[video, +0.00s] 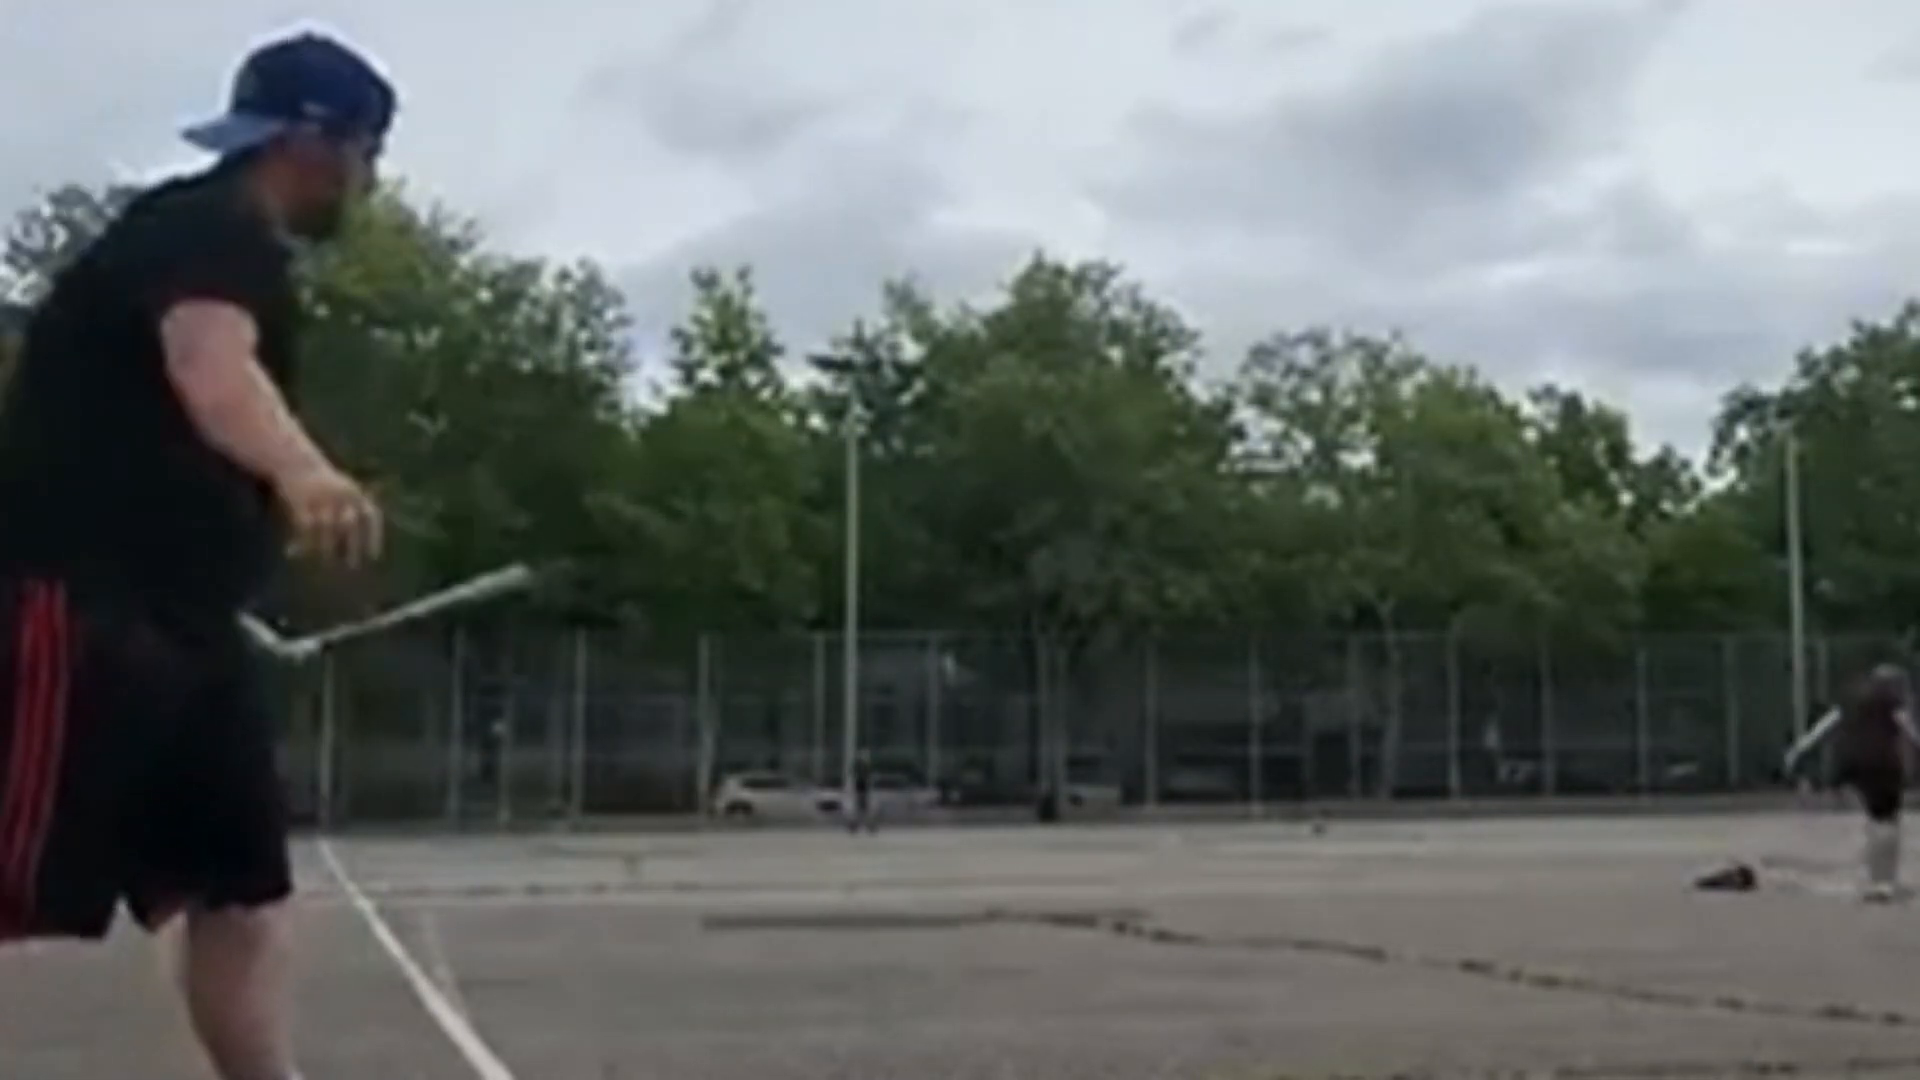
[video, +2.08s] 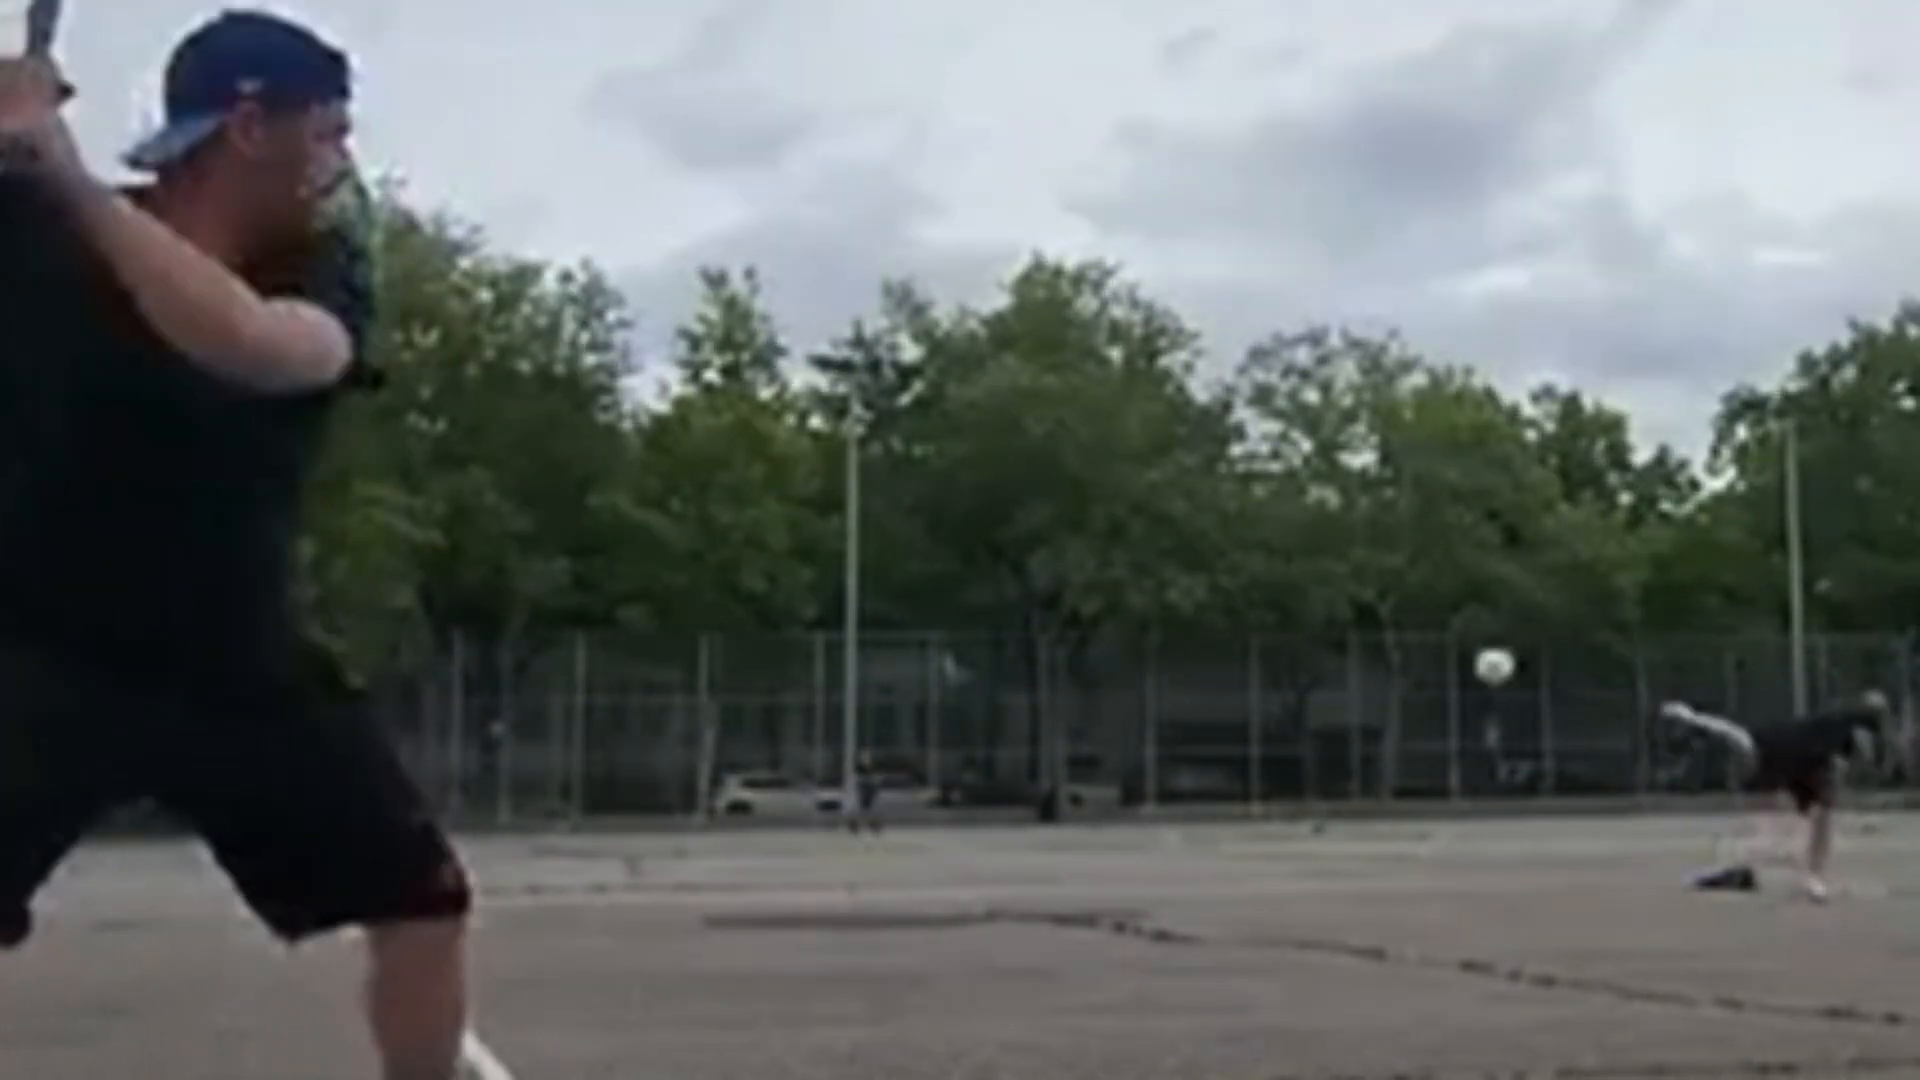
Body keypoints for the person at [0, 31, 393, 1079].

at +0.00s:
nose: (364, 181)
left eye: (367, 157)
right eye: (358, 153)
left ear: (270, 140)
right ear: (302, 142)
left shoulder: (197, 234)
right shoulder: (208, 227)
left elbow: (143, 439)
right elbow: (212, 370)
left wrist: (226, 588)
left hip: (174, 606)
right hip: (83, 596)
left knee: (234, 904)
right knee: (37, 902)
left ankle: (265, 1069)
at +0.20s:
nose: (398, 154)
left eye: (402, 133)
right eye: (384, 128)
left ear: (336, 122)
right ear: (308, 114)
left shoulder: (319, 275)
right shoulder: (197, 203)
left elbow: (314, 455)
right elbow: (89, 320)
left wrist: (373, 602)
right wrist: (135, 392)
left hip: (257, 597)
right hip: (115, 578)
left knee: (254, 901)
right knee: (58, 869)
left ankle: (267, 1067)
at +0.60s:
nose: (290, 98)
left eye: (297, 74)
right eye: (265, 73)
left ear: (300, 79)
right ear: (181, 73)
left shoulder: (282, 241)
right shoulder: (85, 197)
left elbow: (303, 413)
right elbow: (10, 361)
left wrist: (450, 471)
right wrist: (115, 522)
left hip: (258, 617)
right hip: (94, 614)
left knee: (262, 904)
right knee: (50, 918)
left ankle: (270, 1067)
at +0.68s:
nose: (300, 37)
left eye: (300, 19)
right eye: (286, 10)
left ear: (218, 24)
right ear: (216, 12)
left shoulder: (285, 157)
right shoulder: (53, 111)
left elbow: (405, 49)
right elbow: (26, 12)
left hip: (235, 572)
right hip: (52, 564)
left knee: (304, 895)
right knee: (7, 892)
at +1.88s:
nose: (295, 51)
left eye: (297, 34)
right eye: (282, 27)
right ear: (231, 33)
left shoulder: (283, 193)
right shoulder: (48, 128)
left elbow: (389, 86)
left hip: (217, 586)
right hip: (41, 581)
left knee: (380, 864)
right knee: (6, 882)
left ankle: (354, 1066)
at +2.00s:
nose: (323, 106)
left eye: (323, 81)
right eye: (305, 77)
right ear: (224, 72)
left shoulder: (304, 238)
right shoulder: (38, 173)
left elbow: (297, 218)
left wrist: (114, 47)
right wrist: (18, 28)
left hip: (221, 624)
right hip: (42, 625)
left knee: (413, 855)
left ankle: (441, 1060)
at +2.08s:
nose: (341, 161)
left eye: (342, 136)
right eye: (325, 131)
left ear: (259, 130)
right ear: (242, 127)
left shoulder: (325, 276)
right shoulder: (49, 237)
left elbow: (253, 351)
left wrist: (69, 185)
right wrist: (19, 129)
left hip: (238, 671)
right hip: (51, 669)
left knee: (423, 901)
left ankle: (431, 1069)